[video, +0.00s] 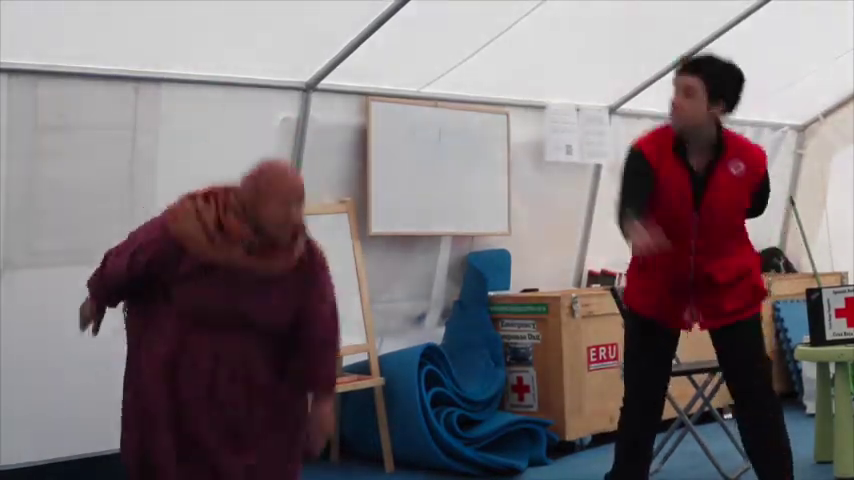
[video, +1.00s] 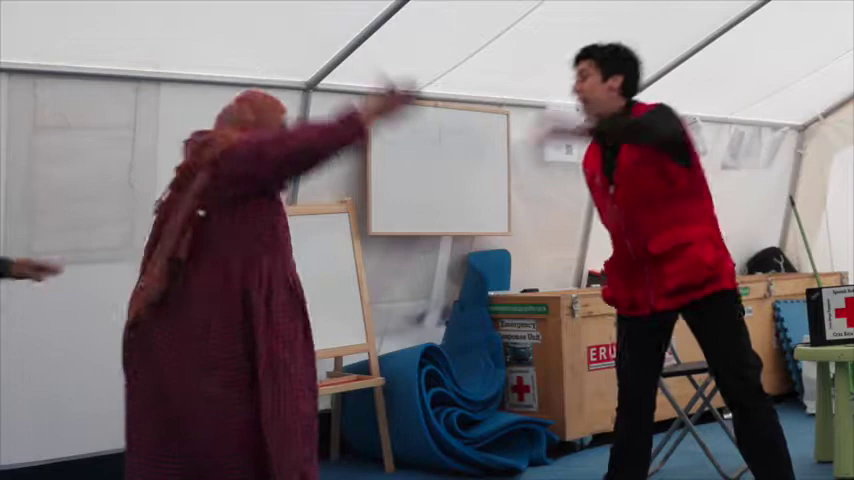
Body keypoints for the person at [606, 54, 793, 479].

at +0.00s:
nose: (674, 101)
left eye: (686, 94)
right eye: (675, 91)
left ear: (717, 107)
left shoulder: (749, 159)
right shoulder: (648, 152)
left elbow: (754, 206)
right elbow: (629, 210)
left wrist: (709, 217)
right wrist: (638, 228)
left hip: (728, 287)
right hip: (657, 288)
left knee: (757, 402)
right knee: (640, 407)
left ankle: (777, 475)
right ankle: (626, 477)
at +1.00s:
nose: (577, 89)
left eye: (584, 78)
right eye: (576, 80)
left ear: (616, 82)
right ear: (603, 87)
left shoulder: (657, 118)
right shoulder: (595, 154)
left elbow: (653, 130)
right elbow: (626, 221)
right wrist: (617, 271)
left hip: (699, 275)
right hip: (639, 286)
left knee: (744, 390)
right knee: (633, 405)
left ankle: (775, 474)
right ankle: (623, 477)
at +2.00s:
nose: (518, 193)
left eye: (522, 182)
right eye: (514, 185)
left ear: (551, 173)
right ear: (545, 178)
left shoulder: (598, 199)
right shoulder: (565, 219)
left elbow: (586, 278)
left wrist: (558, 349)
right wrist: (552, 343)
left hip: (713, 270)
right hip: (658, 290)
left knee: (750, 383)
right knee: (649, 400)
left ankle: (781, 473)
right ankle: (631, 474)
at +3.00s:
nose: (658, 57)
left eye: (672, 51)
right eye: (658, 50)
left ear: (699, 71)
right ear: (654, 63)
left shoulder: (724, 130)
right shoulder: (618, 122)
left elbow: (748, 194)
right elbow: (564, 169)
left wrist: (700, 215)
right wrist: (498, 156)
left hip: (704, 277)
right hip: (631, 278)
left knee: (744, 395)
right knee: (630, 405)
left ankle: (776, 478)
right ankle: (622, 479)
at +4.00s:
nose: (767, 263)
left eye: (775, 254)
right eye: (757, 255)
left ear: (785, 235)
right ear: (738, 236)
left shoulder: (795, 238)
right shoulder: (695, 245)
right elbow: (702, 339)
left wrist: (700, 212)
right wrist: (737, 414)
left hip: (736, 304)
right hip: (664, 298)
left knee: (761, 400)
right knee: (646, 391)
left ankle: (776, 473)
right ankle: (626, 473)